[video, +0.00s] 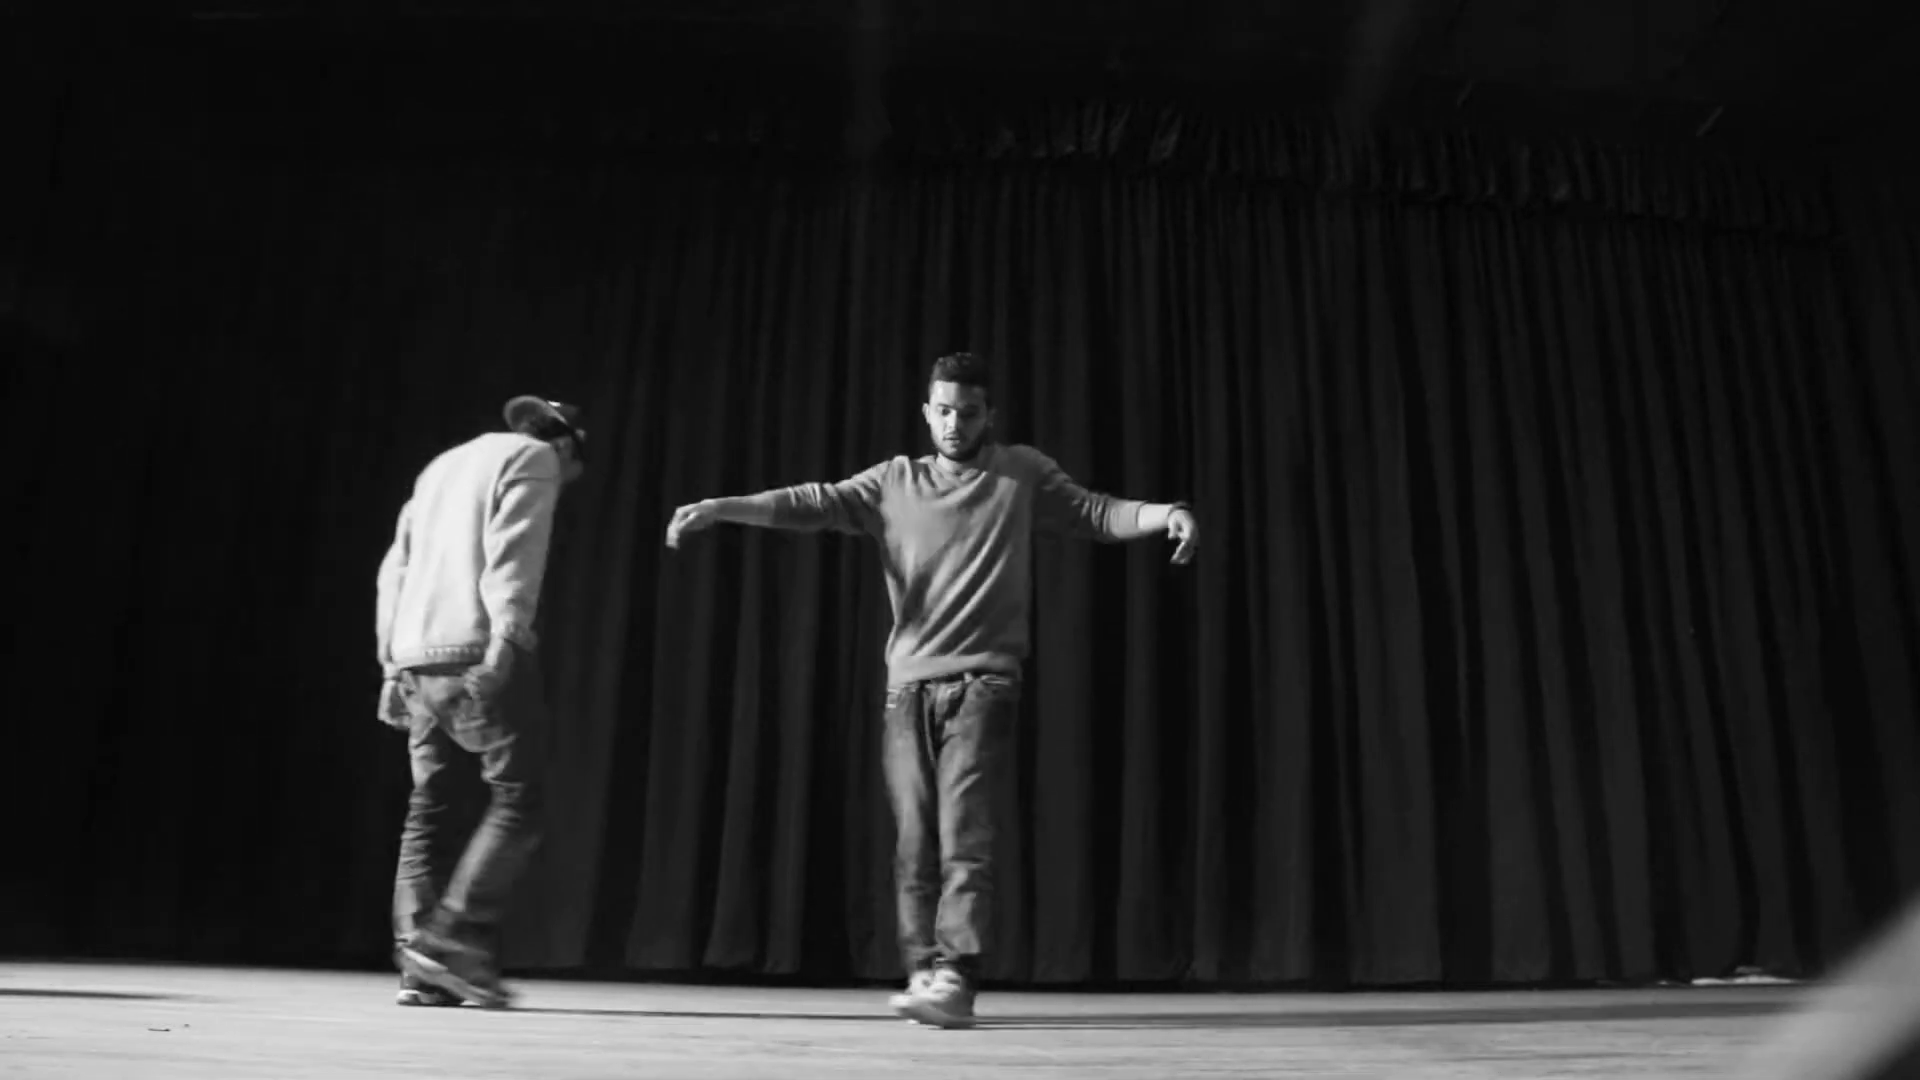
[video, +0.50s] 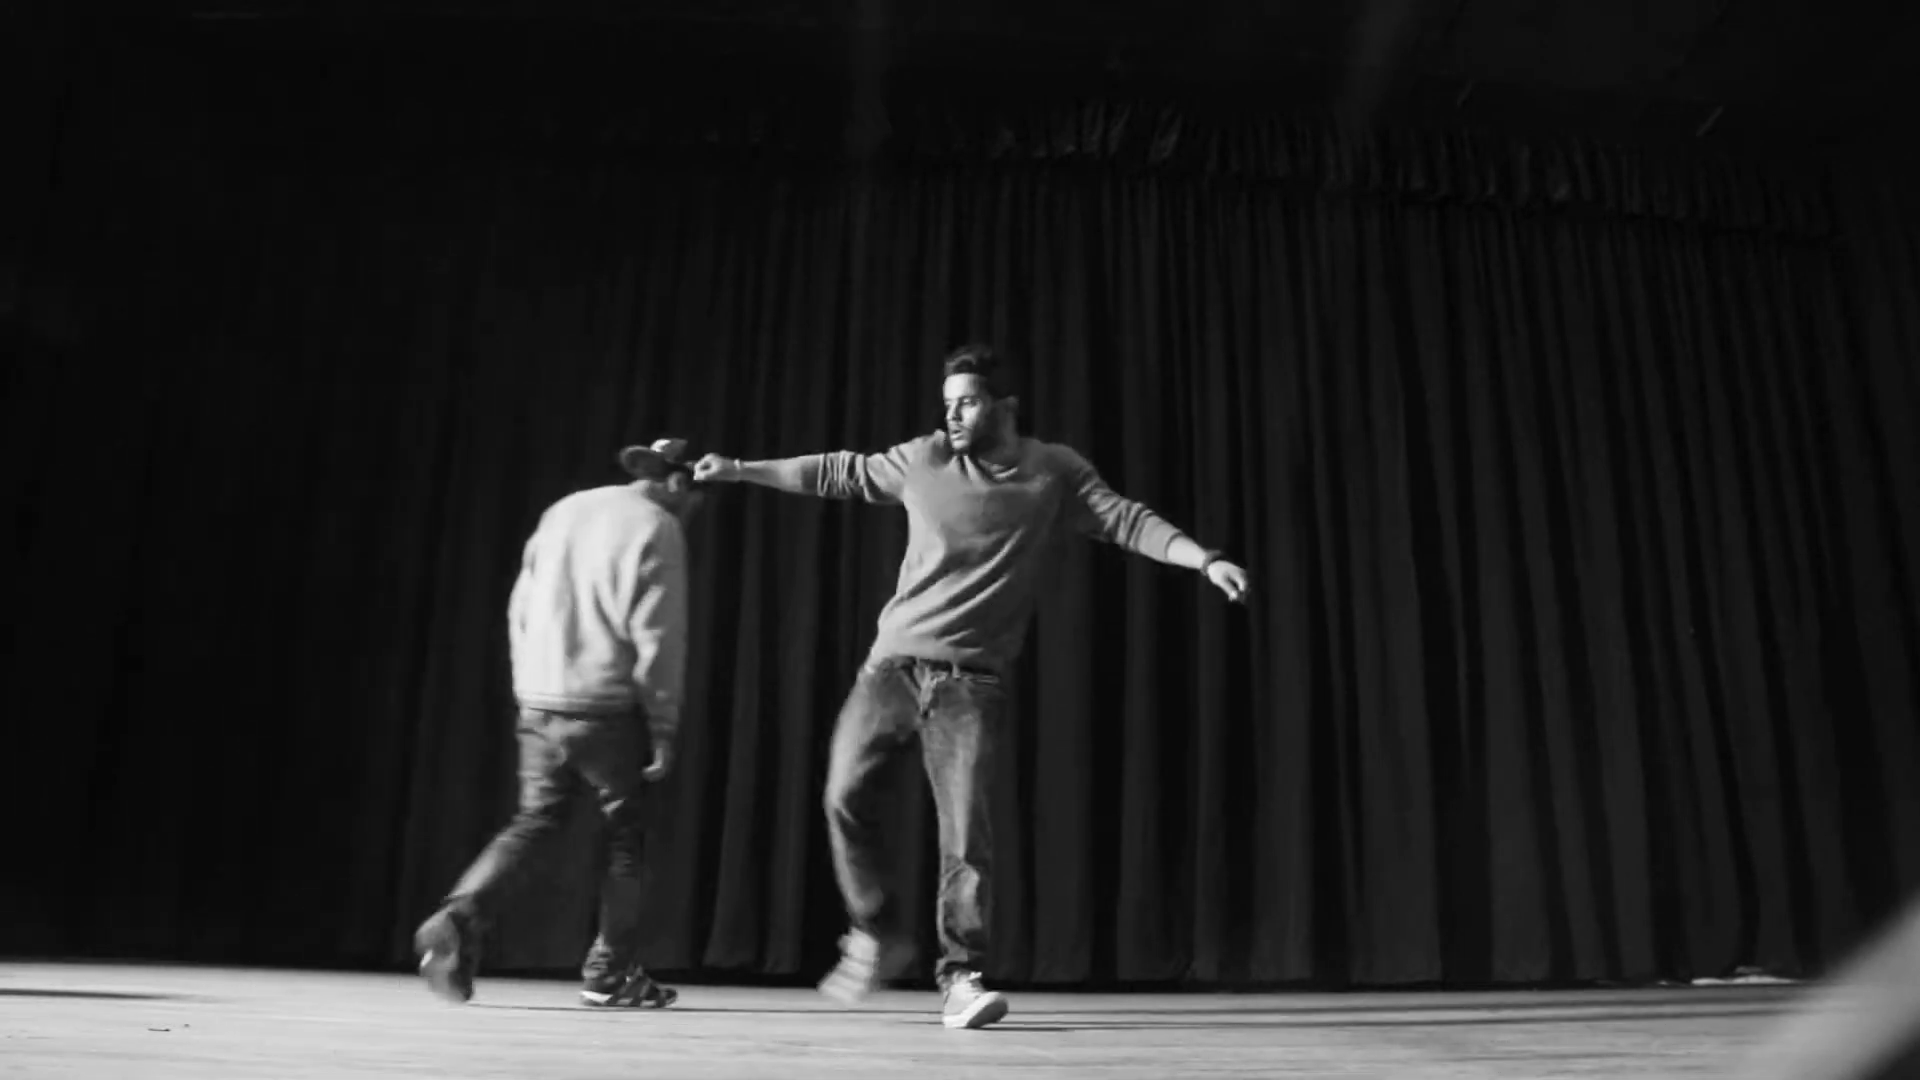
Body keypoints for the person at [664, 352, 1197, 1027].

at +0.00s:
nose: (954, 425)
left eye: (967, 412)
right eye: (943, 411)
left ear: (987, 412)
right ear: (926, 410)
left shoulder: (1022, 472)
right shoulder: (891, 481)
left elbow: (1094, 512)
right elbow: (809, 502)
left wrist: (1161, 514)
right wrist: (718, 508)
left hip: (983, 673)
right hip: (908, 676)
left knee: (962, 819)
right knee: (915, 824)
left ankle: (956, 975)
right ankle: (923, 972)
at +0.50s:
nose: (954, 412)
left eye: (967, 401)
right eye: (949, 401)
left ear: (1005, 403)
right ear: (946, 403)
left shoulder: (1056, 472)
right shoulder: (921, 461)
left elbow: (1125, 521)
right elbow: (833, 472)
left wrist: (1202, 559)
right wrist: (737, 470)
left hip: (973, 678)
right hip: (893, 666)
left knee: (968, 832)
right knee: (844, 794)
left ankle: (963, 981)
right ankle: (873, 938)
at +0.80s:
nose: (978, 411)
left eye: (990, 398)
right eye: (975, 399)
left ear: (1031, 403)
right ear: (976, 406)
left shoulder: (1079, 476)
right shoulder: (944, 462)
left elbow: (1151, 531)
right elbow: (853, 466)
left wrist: (1226, 579)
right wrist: (758, 458)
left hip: (969, 675)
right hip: (890, 648)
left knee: (970, 830)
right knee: (810, 747)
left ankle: (968, 986)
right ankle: (785, 882)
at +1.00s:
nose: (964, 401)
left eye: (977, 389)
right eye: (960, 390)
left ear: (1015, 391)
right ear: (958, 394)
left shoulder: (1066, 468)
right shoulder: (935, 446)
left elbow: (1136, 527)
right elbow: (850, 457)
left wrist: (1209, 579)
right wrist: (758, 459)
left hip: (996, 670)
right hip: (914, 651)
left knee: (989, 832)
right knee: (854, 750)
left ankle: (969, 985)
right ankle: (833, 898)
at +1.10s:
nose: (948, 396)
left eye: (963, 383)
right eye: (944, 384)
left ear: (1002, 386)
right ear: (941, 388)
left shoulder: (1051, 463)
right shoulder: (918, 445)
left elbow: (1118, 518)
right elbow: (836, 462)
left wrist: (1192, 566)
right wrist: (743, 468)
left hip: (1011, 662)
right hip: (930, 653)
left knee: (1002, 826)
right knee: (897, 764)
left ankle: (986, 975)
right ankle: (881, 911)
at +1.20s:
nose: (951, 398)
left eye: (965, 386)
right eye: (941, 386)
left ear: (994, 390)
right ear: (928, 389)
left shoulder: (1035, 459)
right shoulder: (895, 452)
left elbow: (1103, 513)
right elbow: (811, 466)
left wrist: (1173, 554)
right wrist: (727, 483)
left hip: (1020, 659)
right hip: (940, 652)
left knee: (1013, 827)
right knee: (954, 766)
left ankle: (986, 975)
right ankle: (933, 918)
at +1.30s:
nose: (942, 404)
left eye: (955, 392)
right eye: (930, 392)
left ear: (977, 397)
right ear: (914, 398)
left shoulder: (1021, 460)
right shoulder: (882, 468)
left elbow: (1090, 510)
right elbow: (793, 475)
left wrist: (1159, 550)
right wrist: (697, 487)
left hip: (1019, 660)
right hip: (943, 656)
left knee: (1020, 826)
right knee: (991, 769)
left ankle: (985, 980)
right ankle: (961, 929)